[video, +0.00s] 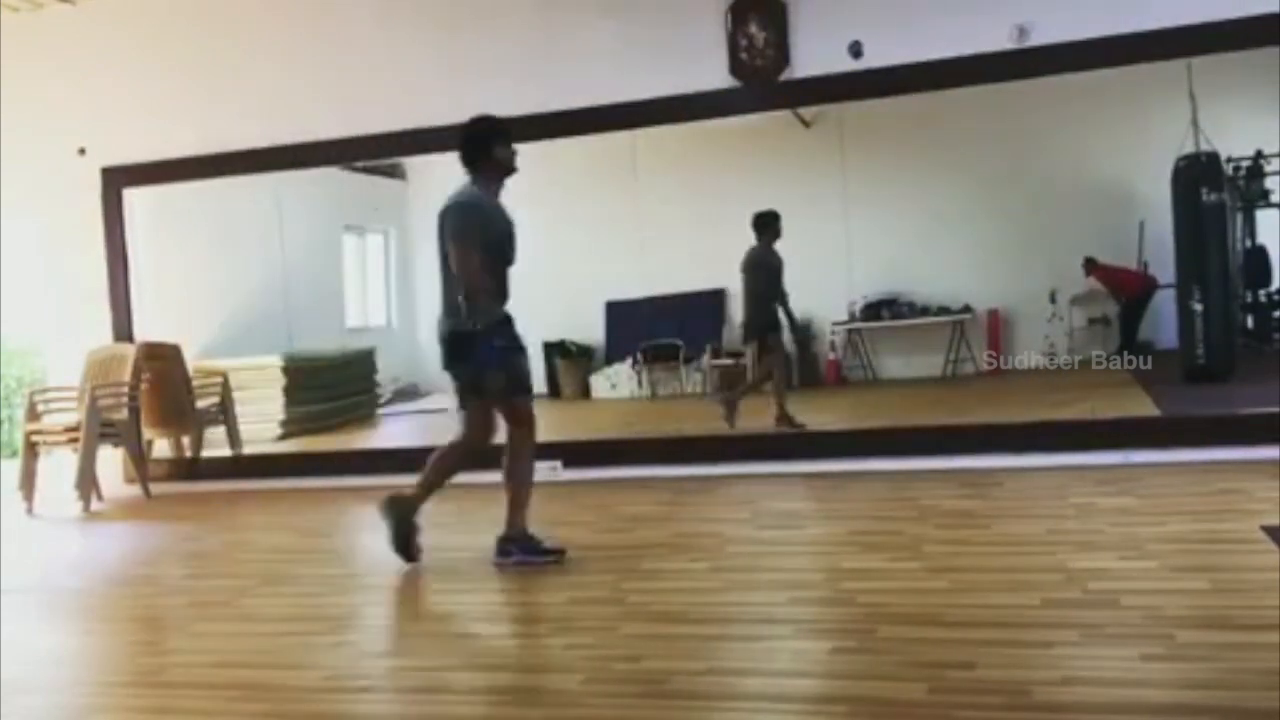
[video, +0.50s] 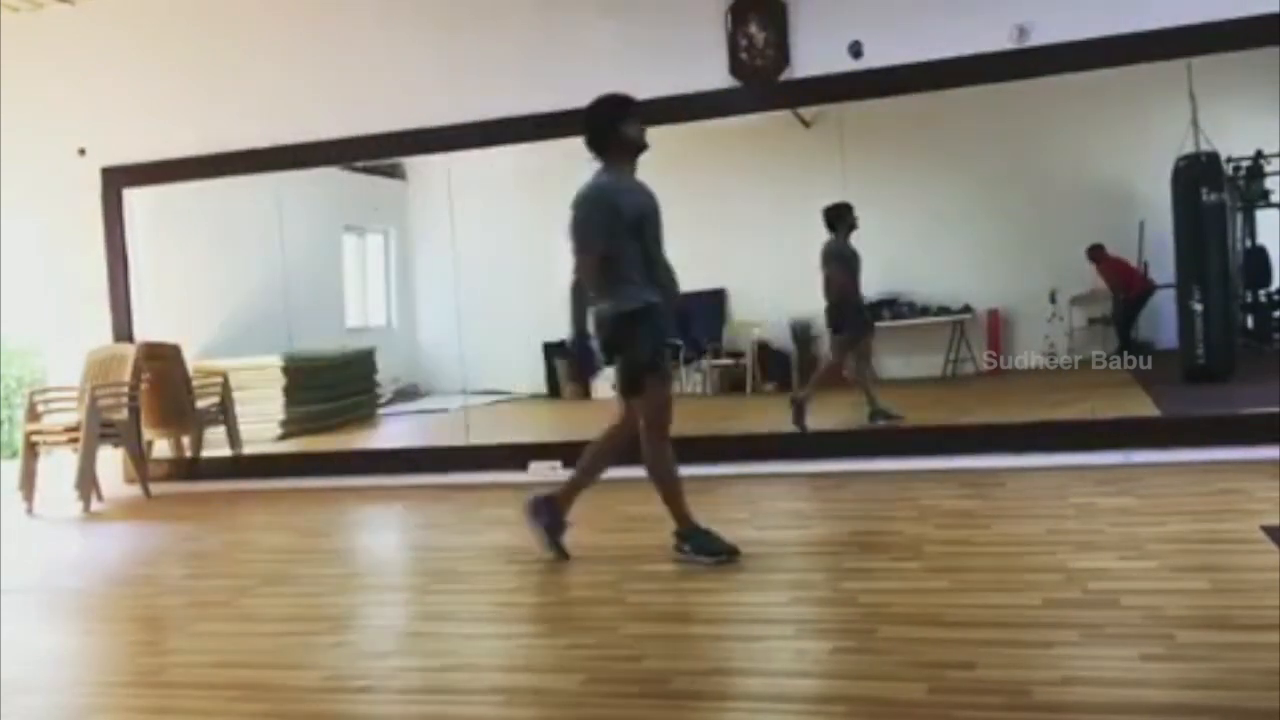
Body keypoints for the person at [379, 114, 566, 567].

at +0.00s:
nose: (514, 155)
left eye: (511, 147)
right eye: (506, 148)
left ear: (487, 156)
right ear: (488, 156)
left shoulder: (489, 208)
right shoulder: (464, 208)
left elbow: (487, 273)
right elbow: (466, 271)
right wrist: (487, 316)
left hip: (489, 331)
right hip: (474, 335)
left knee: (477, 434)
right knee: (479, 434)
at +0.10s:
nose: (544, 150)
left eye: (543, 141)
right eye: (536, 141)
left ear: (520, 146)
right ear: (512, 146)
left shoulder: (527, 199)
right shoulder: (492, 197)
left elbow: (531, 269)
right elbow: (475, 261)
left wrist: (551, 328)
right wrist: (468, 322)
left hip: (534, 319)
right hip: (511, 321)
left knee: (543, 417)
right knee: (533, 418)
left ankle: (507, 518)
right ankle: (511, 525)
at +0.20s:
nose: (561, 144)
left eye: (559, 135)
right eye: (552, 135)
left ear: (536, 144)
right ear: (528, 143)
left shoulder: (548, 203)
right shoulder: (505, 197)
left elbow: (554, 269)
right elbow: (479, 263)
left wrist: (583, 322)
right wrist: (469, 324)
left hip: (541, 315)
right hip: (517, 318)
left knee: (532, 420)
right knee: (565, 410)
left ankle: (520, 530)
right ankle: (550, 526)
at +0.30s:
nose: (594, 145)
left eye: (591, 138)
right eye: (585, 139)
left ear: (566, 150)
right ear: (563, 149)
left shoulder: (581, 206)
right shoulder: (537, 203)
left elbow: (593, 271)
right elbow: (506, 269)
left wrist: (628, 307)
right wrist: (493, 330)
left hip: (573, 327)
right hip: (558, 330)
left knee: (544, 428)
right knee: (609, 418)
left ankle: (518, 530)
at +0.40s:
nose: (611, 143)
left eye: (608, 135)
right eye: (601, 137)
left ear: (582, 149)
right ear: (580, 148)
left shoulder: (598, 204)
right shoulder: (556, 204)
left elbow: (615, 267)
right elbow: (528, 276)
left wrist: (650, 305)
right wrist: (514, 341)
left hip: (597, 329)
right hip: (577, 333)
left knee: (562, 427)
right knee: (629, 419)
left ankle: (522, 527)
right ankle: (679, 525)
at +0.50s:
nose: (643, 130)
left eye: (640, 122)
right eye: (634, 124)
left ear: (620, 135)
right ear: (615, 136)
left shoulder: (640, 194)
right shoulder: (594, 198)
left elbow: (657, 262)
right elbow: (583, 274)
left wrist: (680, 320)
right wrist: (579, 342)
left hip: (650, 312)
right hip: (625, 317)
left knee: (632, 424)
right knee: (654, 424)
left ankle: (557, 504)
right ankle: (687, 528)